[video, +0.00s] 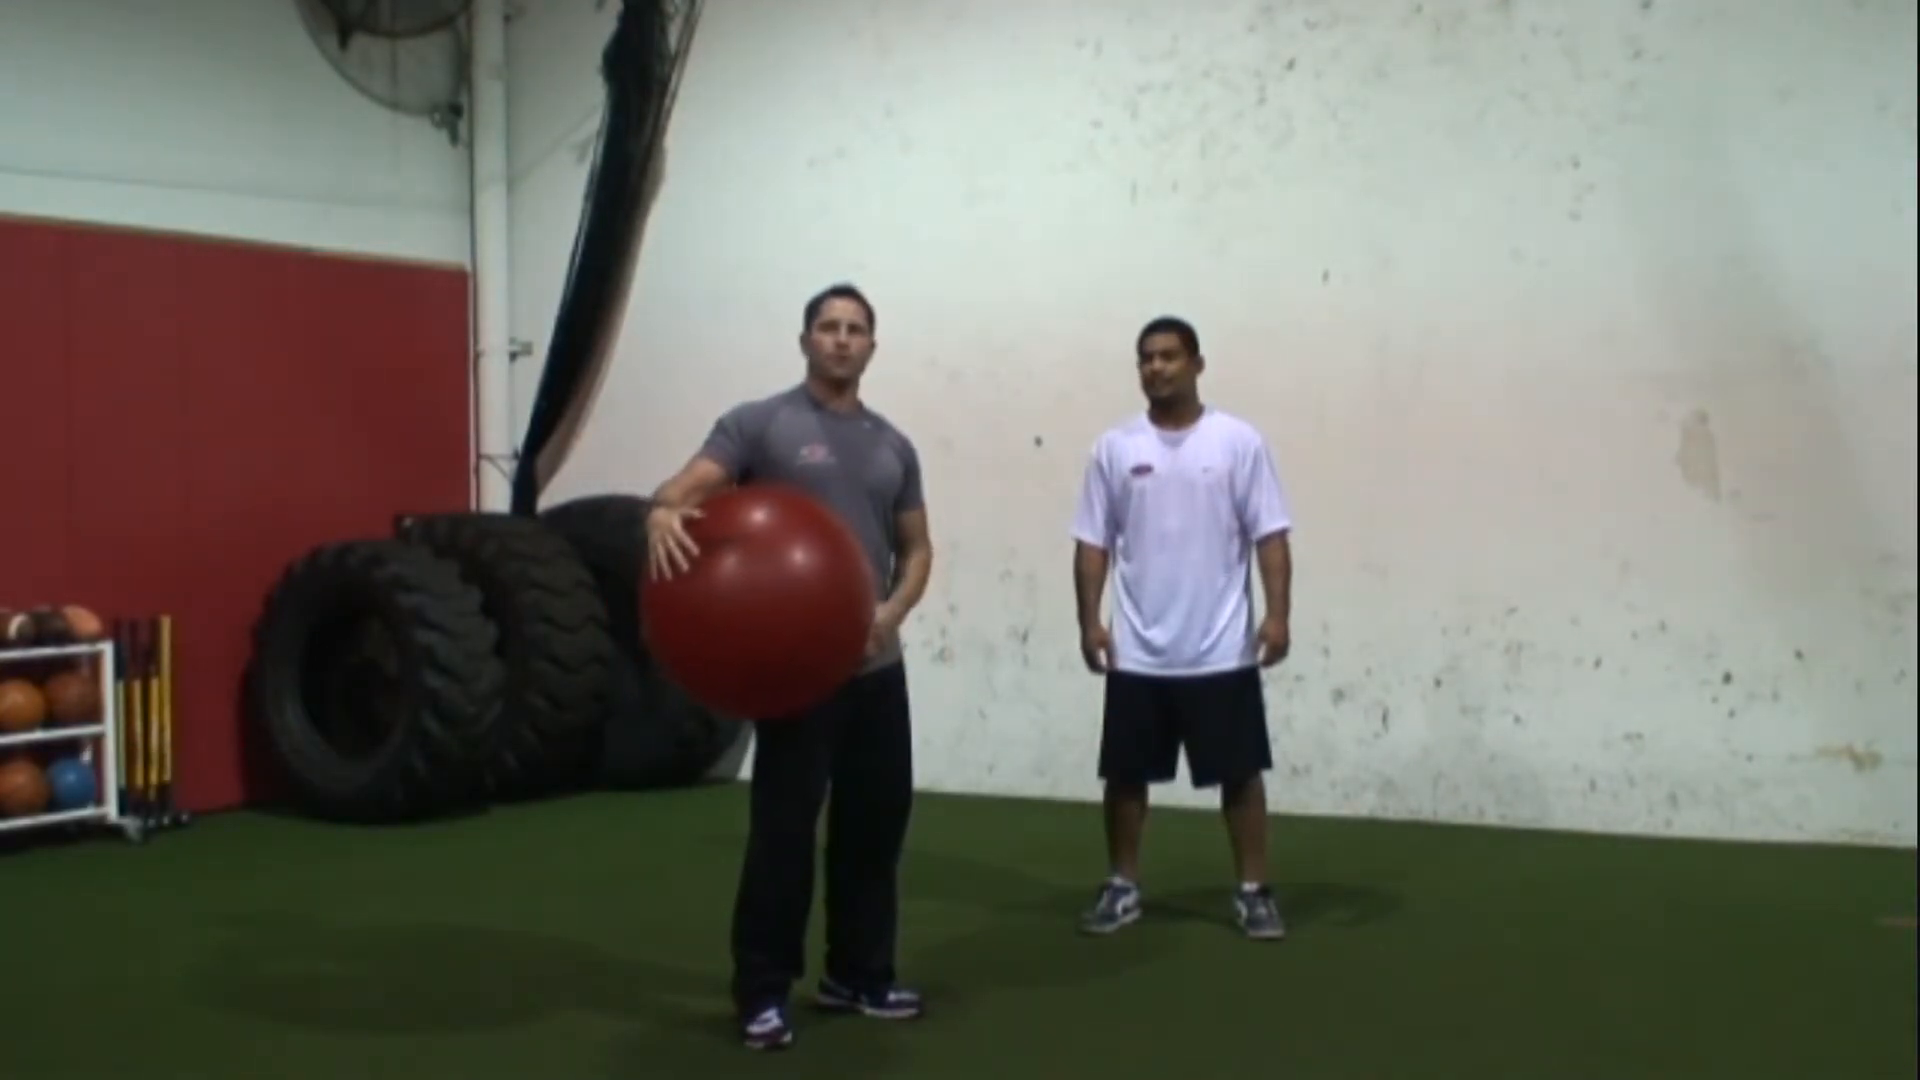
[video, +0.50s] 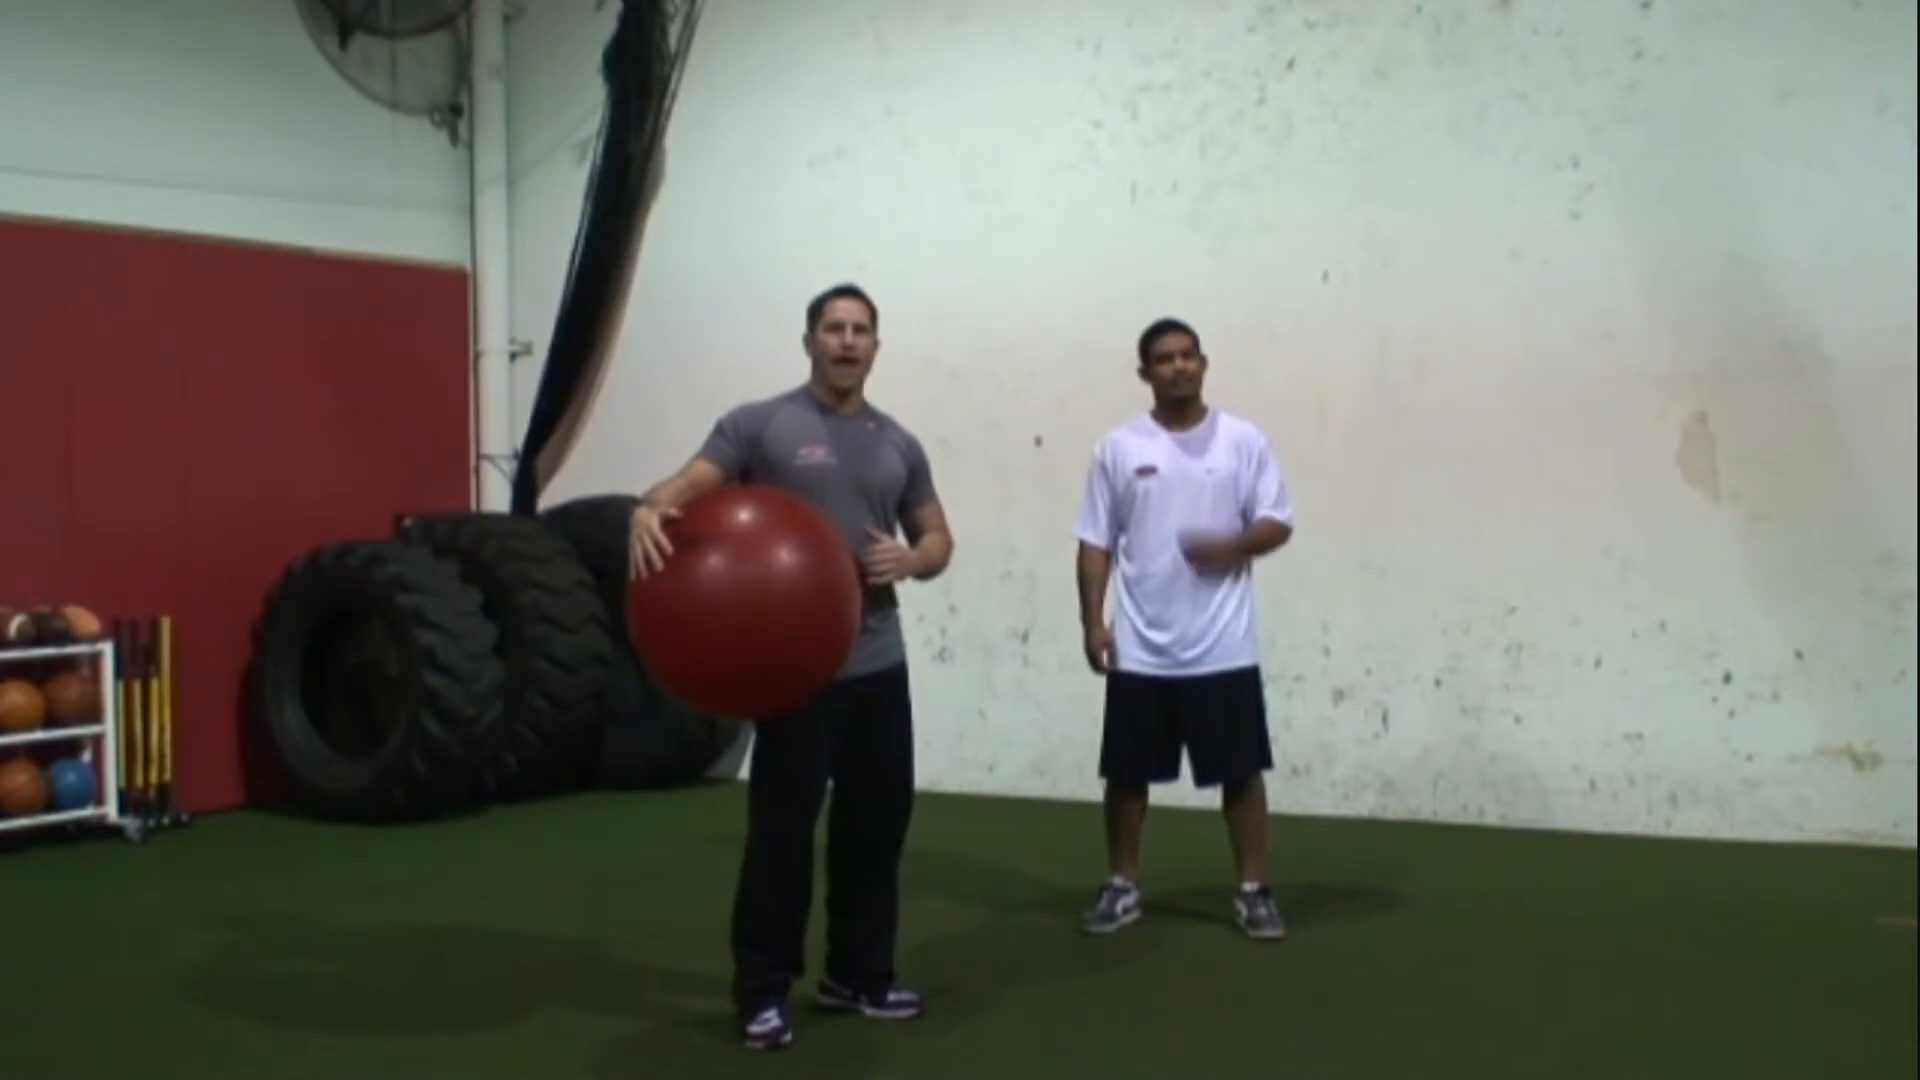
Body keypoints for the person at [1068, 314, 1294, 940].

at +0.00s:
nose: (1156, 367)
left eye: (1169, 357)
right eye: (1148, 359)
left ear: (1197, 364)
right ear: (1137, 370)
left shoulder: (1239, 442)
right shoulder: (1115, 449)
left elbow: (1270, 533)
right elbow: (1093, 540)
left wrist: (1277, 613)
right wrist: (1090, 620)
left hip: (1221, 644)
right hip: (1138, 645)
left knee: (1242, 776)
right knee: (1123, 777)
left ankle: (1253, 889)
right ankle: (1122, 884)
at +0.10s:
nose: (1156, 368)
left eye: (1169, 357)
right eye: (1148, 359)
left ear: (1197, 365)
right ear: (1137, 371)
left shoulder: (1240, 443)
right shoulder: (1115, 449)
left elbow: (1270, 534)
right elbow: (1093, 540)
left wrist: (1277, 614)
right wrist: (1090, 620)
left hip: (1221, 645)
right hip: (1139, 646)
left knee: (1242, 776)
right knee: (1124, 777)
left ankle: (1253, 888)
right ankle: (1122, 884)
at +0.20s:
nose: (1157, 368)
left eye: (1169, 357)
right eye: (1149, 359)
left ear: (1197, 365)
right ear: (1138, 370)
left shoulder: (1240, 443)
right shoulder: (1116, 449)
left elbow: (1270, 535)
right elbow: (1094, 540)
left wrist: (1277, 615)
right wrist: (1091, 620)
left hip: (1221, 645)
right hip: (1139, 646)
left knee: (1242, 776)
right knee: (1123, 777)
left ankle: (1254, 889)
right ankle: (1122, 884)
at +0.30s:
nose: (1159, 367)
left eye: (1171, 357)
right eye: (1150, 359)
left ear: (1198, 364)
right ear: (1139, 371)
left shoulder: (1240, 443)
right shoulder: (1116, 449)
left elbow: (1270, 534)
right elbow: (1094, 540)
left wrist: (1275, 614)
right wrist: (1091, 620)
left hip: (1221, 644)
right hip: (1139, 646)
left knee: (1242, 776)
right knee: (1124, 777)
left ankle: (1254, 888)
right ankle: (1122, 884)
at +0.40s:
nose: (1167, 366)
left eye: (1177, 356)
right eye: (1155, 358)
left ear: (1200, 364)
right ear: (1140, 372)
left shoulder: (1242, 443)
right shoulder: (1117, 448)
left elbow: (1274, 531)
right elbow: (1095, 539)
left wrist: (1258, 598)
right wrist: (1093, 619)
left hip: (1223, 646)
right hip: (1140, 646)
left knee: (1242, 777)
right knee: (1124, 777)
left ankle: (1254, 889)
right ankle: (1122, 884)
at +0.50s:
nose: (1178, 367)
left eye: (1187, 357)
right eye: (1164, 359)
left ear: (1204, 366)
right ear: (1145, 372)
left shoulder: (1245, 442)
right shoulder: (1119, 449)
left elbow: (1277, 524)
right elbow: (1095, 539)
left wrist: (1230, 548)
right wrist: (1094, 620)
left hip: (1222, 646)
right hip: (1141, 647)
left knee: (1242, 776)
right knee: (1125, 777)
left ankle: (1254, 888)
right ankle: (1122, 884)